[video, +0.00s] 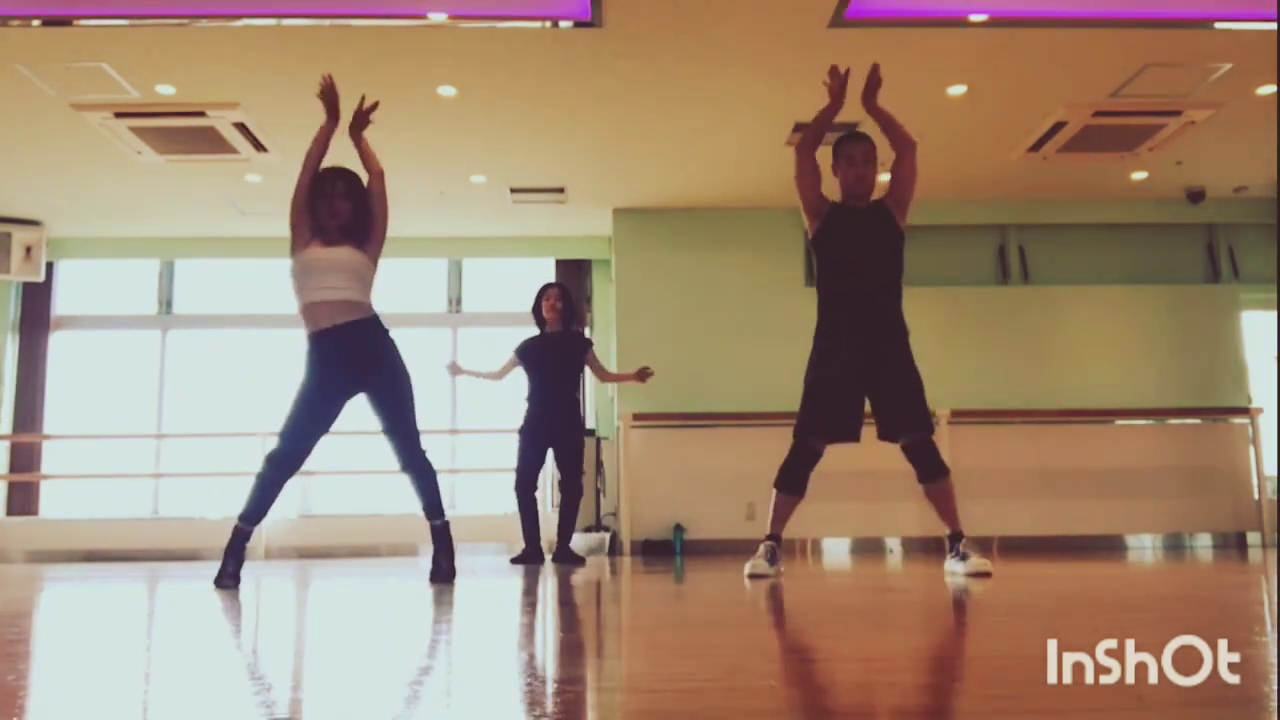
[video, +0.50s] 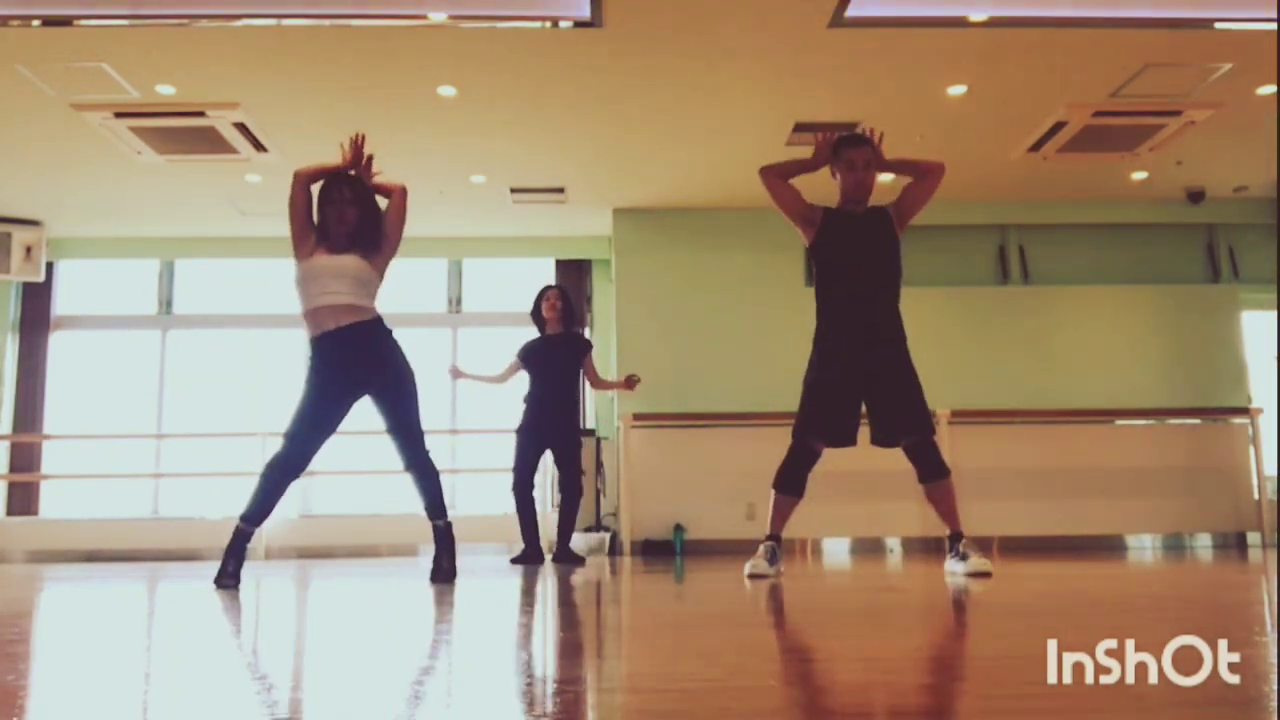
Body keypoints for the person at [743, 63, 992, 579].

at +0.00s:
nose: (859, 170)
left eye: (865, 162)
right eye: (850, 162)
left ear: (876, 169)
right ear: (835, 170)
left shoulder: (891, 214)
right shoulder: (822, 218)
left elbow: (907, 152)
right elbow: (803, 153)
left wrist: (874, 107)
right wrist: (832, 107)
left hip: (888, 349)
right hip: (835, 351)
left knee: (921, 447)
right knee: (805, 450)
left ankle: (958, 545)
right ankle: (770, 546)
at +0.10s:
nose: (857, 169)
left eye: (864, 162)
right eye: (849, 162)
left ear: (875, 169)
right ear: (835, 170)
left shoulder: (891, 215)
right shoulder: (820, 217)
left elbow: (913, 154)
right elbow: (795, 154)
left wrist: (872, 119)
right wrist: (828, 117)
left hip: (888, 349)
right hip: (835, 351)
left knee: (921, 449)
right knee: (805, 451)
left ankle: (958, 546)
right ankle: (770, 546)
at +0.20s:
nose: (857, 171)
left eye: (864, 163)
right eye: (849, 162)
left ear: (875, 170)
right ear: (834, 169)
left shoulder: (891, 215)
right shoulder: (819, 218)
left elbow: (918, 158)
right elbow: (789, 160)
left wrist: (874, 134)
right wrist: (828, 126)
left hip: (887, 348)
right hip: (835, 349)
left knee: (920, 447)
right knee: (806, 450)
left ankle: (958, 546)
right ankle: (770, 547)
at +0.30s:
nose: (857, 172)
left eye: (864, 164)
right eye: (849, 164)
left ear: (874, 171)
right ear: (835, 170)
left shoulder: (891, 216)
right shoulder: (818, 218)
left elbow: (925, 162)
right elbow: (780, 165)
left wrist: (877, 147)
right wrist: (825, 137)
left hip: (887, 350)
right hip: (834, 352)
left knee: (921, 447)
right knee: (806, 450)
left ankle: (958, 545)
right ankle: (770, 547)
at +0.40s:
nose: (858, 175)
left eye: (865, 166)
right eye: (849, 167)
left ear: (875, 171)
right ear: (836, 173)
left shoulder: (891, 218)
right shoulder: (818, 221)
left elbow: (929, 167)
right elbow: (775, 170)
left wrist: (880, 157)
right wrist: (818, 152)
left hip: (888, 353)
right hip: (834, 354)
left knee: (921, 448)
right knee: (804, 451)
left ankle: (959, 545)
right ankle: (770, 546)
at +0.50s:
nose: (860, 174)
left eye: (867, 166)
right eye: (851, 166)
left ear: (877, 174)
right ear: (835, 173)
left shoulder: (891, 219)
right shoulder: (817, 221)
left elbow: (935, 172)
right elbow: (769, 176)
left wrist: (886, 163)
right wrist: (814, 162)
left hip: (888, 353)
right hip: (834, 355)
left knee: (922, 447)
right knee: (804, 451)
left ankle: (958, 545)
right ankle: (770, 546)